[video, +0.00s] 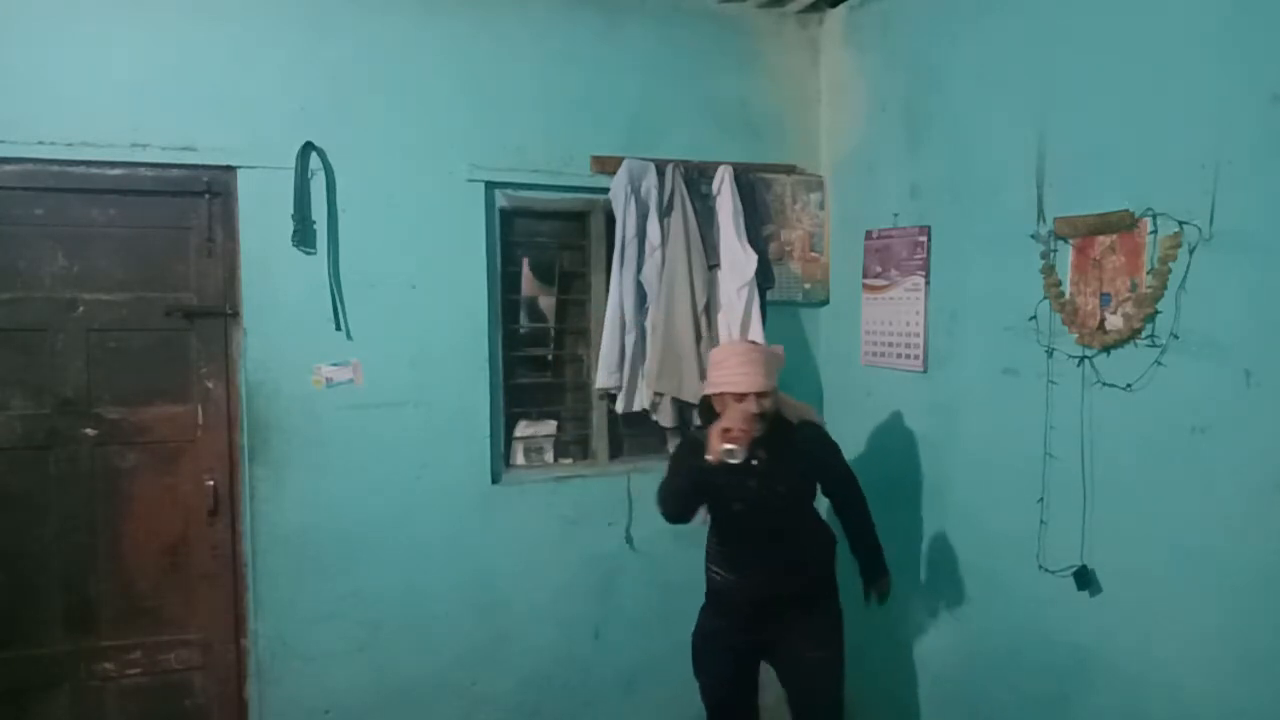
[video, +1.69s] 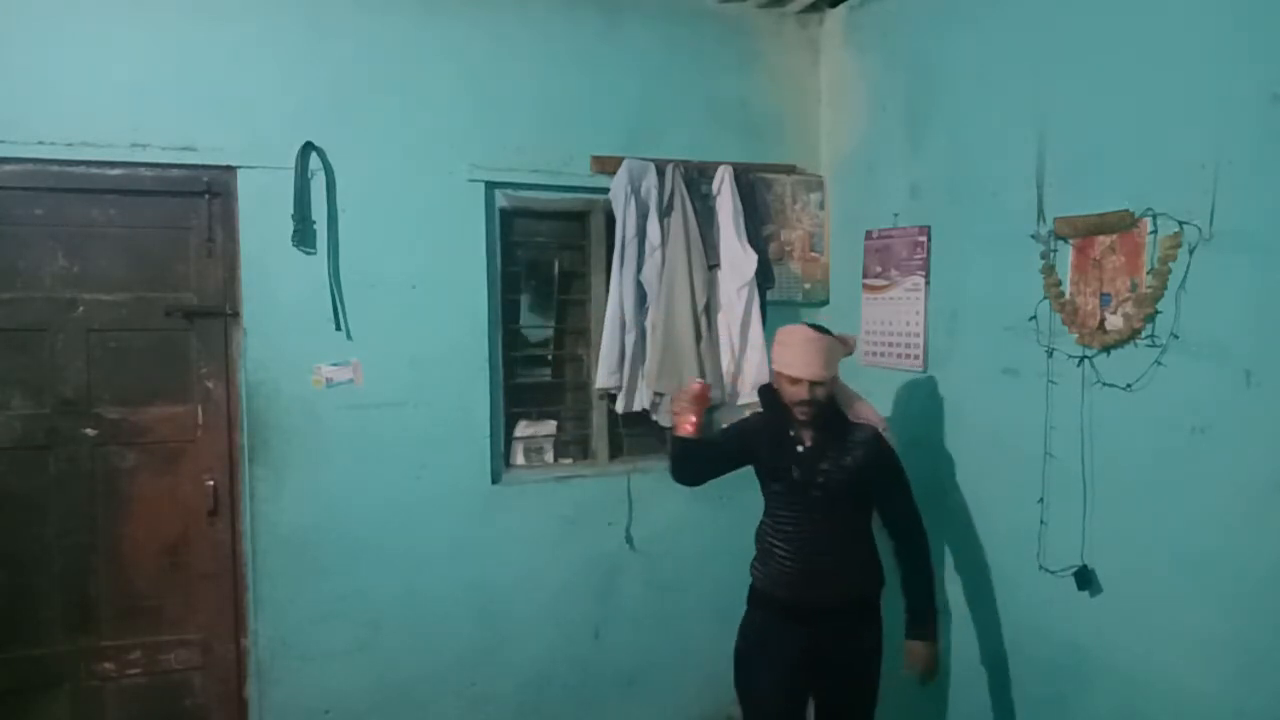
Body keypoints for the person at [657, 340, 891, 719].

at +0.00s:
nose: (754, 408)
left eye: (762, 396)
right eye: (740, 398)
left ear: (774, 393)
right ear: (716, 399)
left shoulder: (806, 439)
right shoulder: (697, 446)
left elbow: (849, 501)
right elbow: (674, 510)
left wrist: (874, 568)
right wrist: (710, 459)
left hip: (806, 601)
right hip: (731, 602)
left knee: (820, 709)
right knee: (727, 710)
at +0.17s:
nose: (785, 406)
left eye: (791, 395)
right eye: (772, 397)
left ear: (801, 392)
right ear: (748, 398)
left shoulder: (824, 433)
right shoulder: (726, 441)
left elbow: (858, 508)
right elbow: (720, 499)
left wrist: (875, 580)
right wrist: (768, 448)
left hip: (820, 602)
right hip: (748, 602)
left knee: (831, 707)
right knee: (725, 674)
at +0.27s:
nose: (780, 400)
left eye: (790, 391)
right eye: (778, 391)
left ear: (806, 391)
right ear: (761, 391)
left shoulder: (829, 436)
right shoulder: (738, 439)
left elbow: (863, 510)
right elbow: (748, 482)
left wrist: (882, 584)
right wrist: (800, 424)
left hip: (829, 612)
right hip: (756, 610)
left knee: (839, 708)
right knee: (738, 697)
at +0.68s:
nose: (829, 375)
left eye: (834, 365)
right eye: (817, 366)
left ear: (841, 368)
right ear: (788, 371)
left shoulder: (838, 415)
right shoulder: (769, 406)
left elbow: (866, 501)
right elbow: (791, 455)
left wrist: (883, 579)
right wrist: (851, 387)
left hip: (852, 596)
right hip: (791, 599)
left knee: (852, 706)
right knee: (789, 708)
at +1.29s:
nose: (823, 378)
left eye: (836, 368)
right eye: (810, 369)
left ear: (851, 374)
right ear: (792, 375)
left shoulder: (876, 431)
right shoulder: (779, 427)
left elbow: (916, 507)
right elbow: (746, 464)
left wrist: (931, 591)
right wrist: (794, 406)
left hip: (866, 602)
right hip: (793, 599)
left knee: (853, 711)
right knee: (779, 710)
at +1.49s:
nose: (825, 399)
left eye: (837, 389)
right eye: (814, 388)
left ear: (851, 386)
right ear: (792, 384)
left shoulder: (877, 440)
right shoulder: (775, 433)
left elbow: (923, 524)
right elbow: (716, 478)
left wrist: (946, 612)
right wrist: (745, 431)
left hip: (862, 606)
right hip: (788, 603)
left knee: (846, 712)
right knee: (780, 711)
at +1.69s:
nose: (805, 395)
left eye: (817, 384)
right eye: (793, 382)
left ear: (834, 382)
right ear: (775, 379)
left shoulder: (864, 445)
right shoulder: (761, 432)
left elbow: (909, 535)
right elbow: (689, 469)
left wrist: (921, 630)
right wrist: (686, 426)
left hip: (849, 616)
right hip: (774, 613)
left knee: (847, 711)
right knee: (765, 710)